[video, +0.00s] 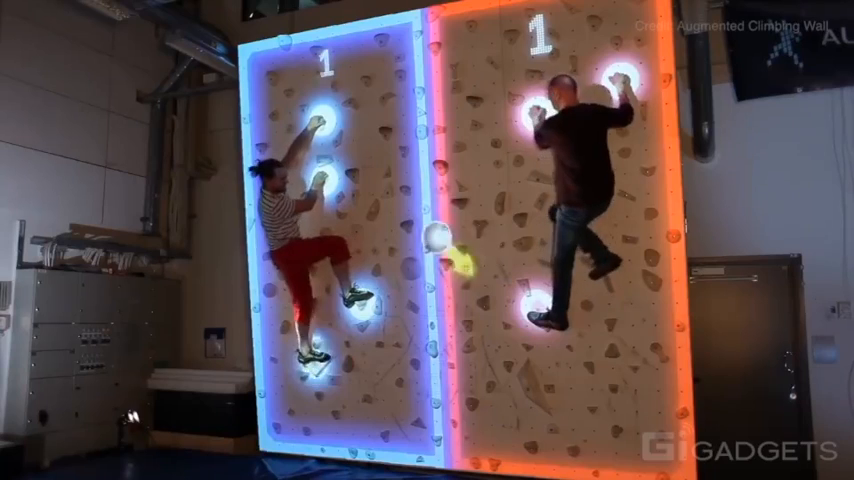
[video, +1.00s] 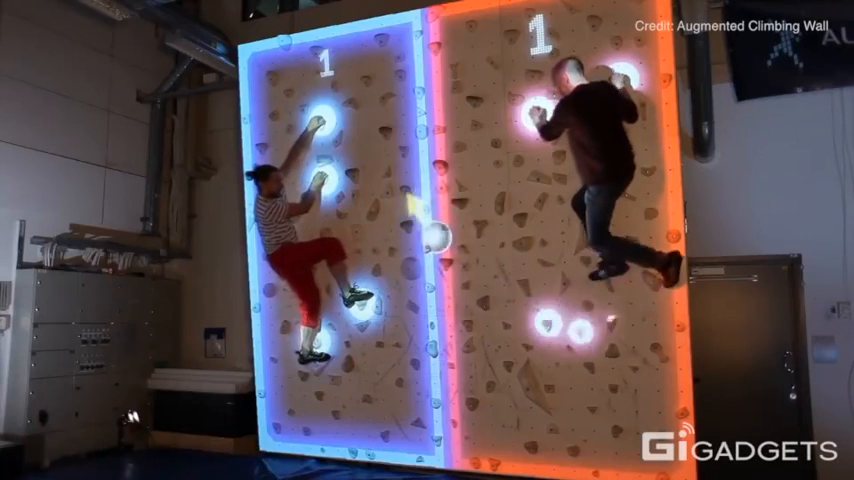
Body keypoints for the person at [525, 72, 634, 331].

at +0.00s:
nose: (552, 100)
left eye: (552, 96)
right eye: (552, 96)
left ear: (557, 95)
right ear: (575, 91)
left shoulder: (556, 124)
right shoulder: (596, 113)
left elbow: (540, 142)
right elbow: (625, 117)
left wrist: (538, 123)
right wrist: (625, 97)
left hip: (574, 203)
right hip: (603, 197)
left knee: (562, 260)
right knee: (561, 215)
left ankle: (558, 315)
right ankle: (604, 257)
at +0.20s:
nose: (555, 102)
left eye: (556, 98)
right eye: (555, 98)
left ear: (563, 97)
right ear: (579, 93)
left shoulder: (562, 126)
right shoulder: (601, 113)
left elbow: (543, 141)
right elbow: (629, 116)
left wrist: (538, 123)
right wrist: (625, 92)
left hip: (584, 203)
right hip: (612, 196)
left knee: (568, 260)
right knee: (564, 214)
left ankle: (559, 315)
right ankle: (606, 262)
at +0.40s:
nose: (558, 103)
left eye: (559, 99)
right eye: (557, 99)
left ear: (568, 97)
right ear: (584, 94)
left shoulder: (566, 126)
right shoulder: (605, 113)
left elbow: (546, 140)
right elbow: (630, 116)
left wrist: (539, 122)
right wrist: (622, 89)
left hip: (589, 203)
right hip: (616, 195)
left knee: (571, 261)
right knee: (567, 211)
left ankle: (558, 315)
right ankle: (609, 259)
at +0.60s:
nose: (559, 99)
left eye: (558, 95)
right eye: (558, 96)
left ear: (567, 91)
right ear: (580, 86)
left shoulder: (567, 119)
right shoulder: (604, 103)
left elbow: (548, 138)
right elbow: (628, 117)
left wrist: (539, 122)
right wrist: (626, 96)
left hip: (594, 193)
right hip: (620, 185)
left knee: (579, 252)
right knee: (574, 207)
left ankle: (568, 316)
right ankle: (610, 260)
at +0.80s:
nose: (555, 94)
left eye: (554, 90)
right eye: (554, 90)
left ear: (561, 83)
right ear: (577, 77)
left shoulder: (565, 109)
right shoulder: (603, 94)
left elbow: (548, 137)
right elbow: (629, 116)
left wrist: (539, 123)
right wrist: (623, 92)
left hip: (598, 182)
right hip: (622, 173)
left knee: (586, 245)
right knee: (578, 205)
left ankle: (622, 304)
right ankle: (612, 260)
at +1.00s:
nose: (556, 88)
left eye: (557, 82)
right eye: (555, 84)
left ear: (565, 78)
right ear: (581, 73)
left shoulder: (569, 104)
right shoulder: (605, 89)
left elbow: (549, 134)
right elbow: (632, 115)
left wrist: (539, 121)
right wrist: (623, 89)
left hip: (602, 178)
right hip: (624, 169)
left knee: (598, 240)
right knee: (579, 203)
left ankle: (663, 262)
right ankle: (613, 262)